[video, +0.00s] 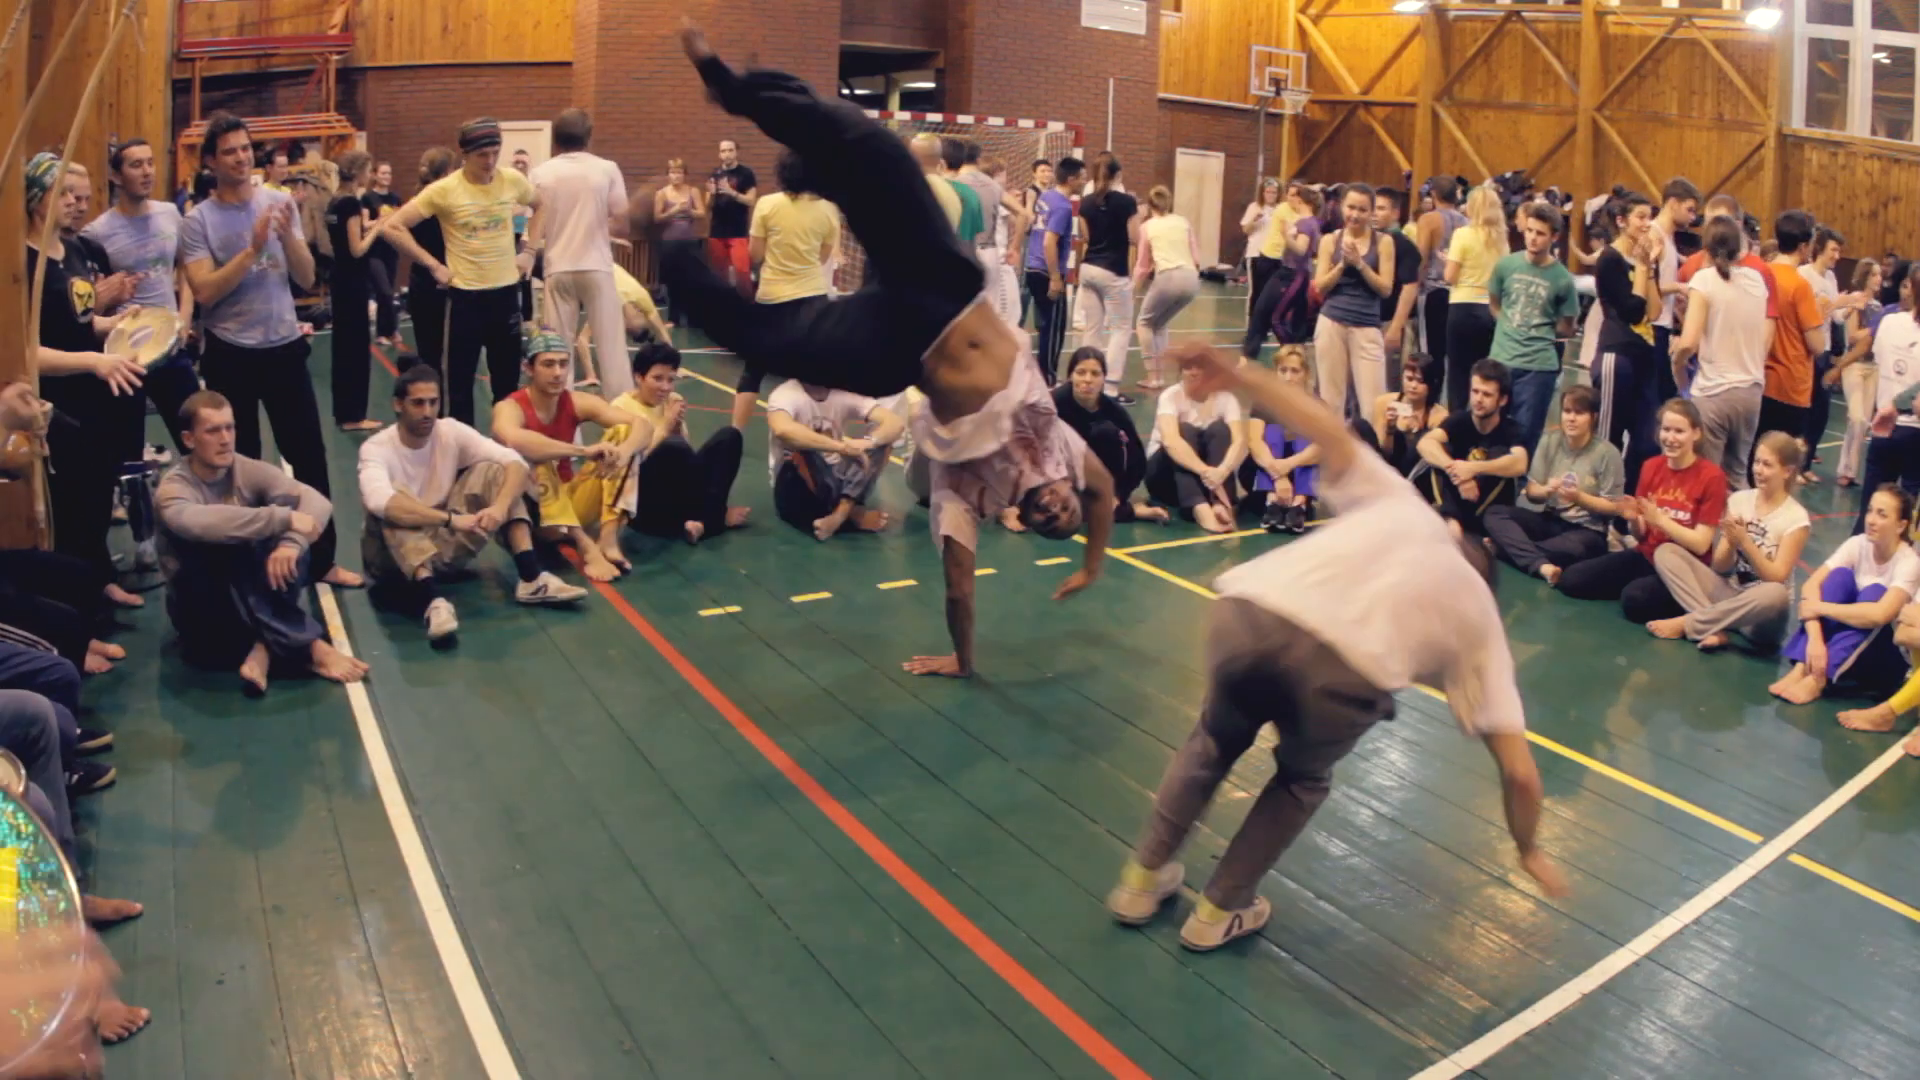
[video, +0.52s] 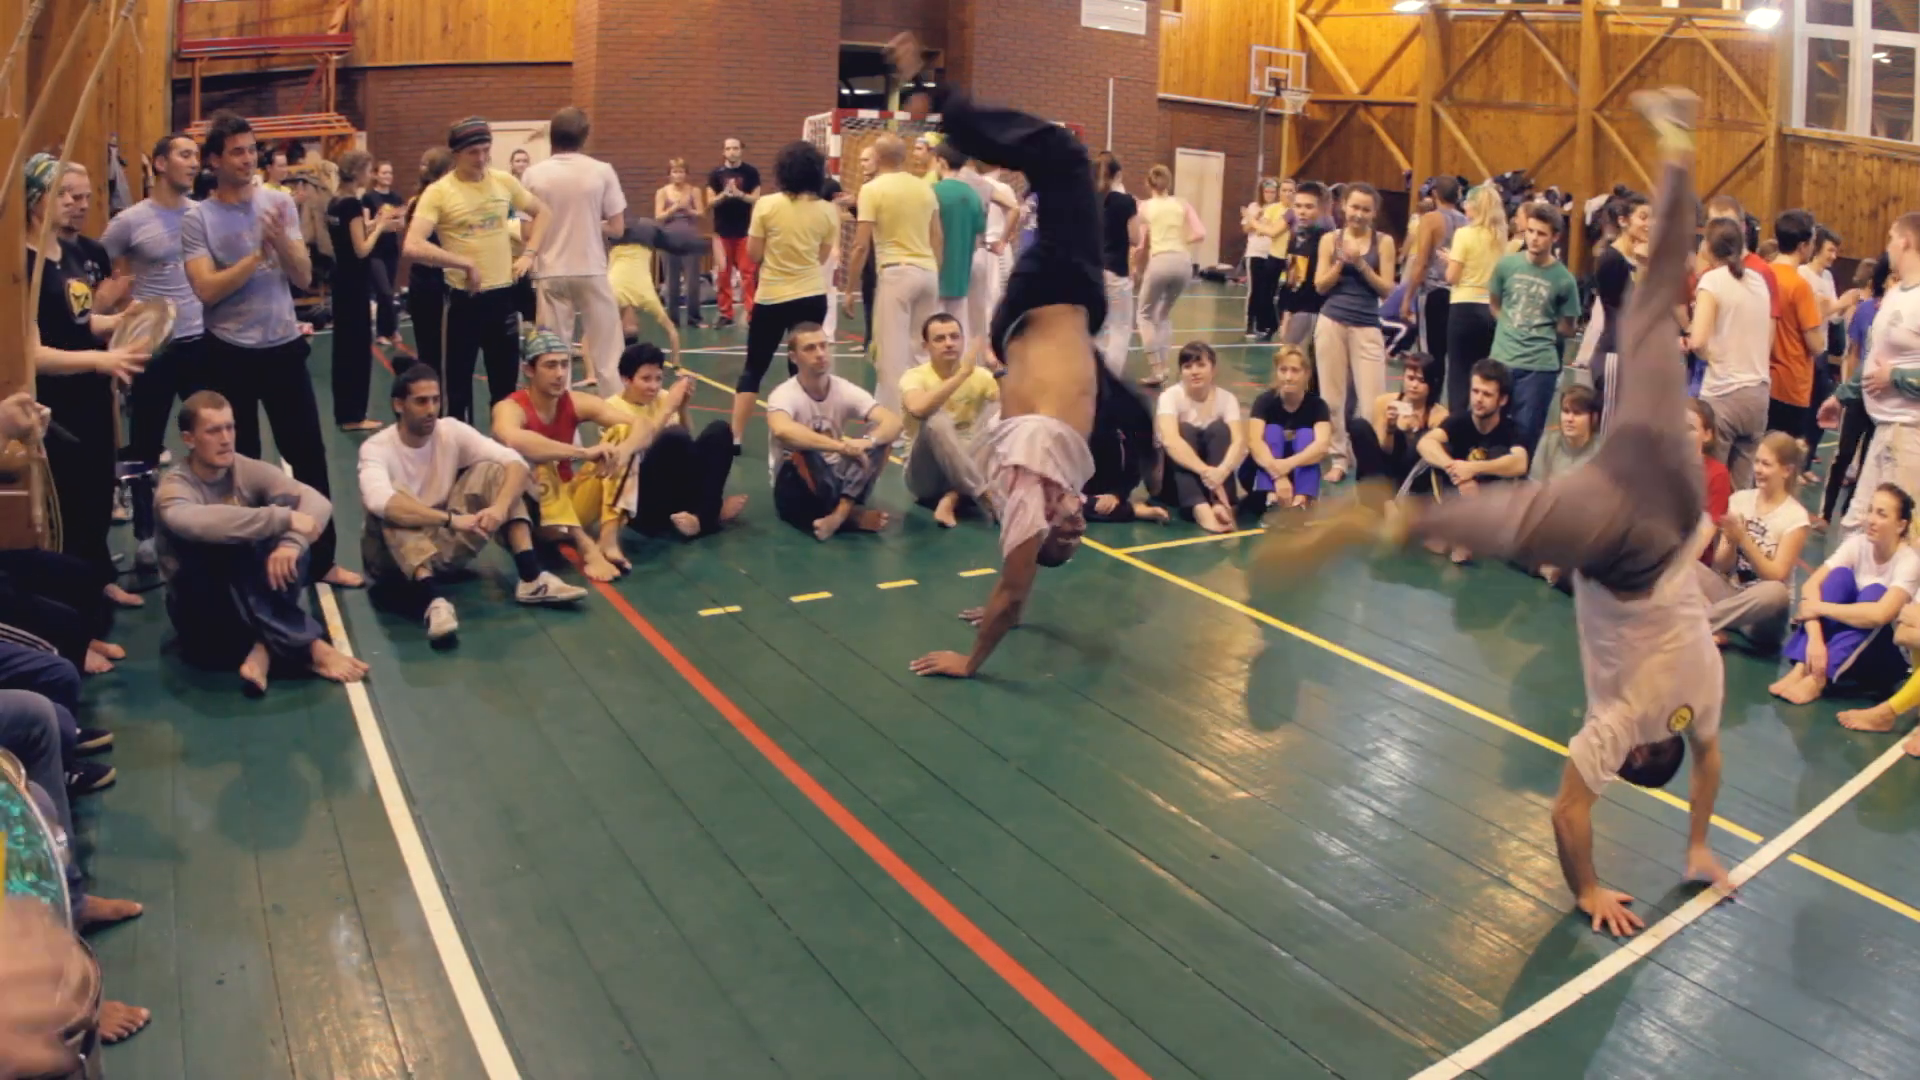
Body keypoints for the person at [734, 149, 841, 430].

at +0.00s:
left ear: (781, 173)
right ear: (814, 175)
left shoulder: (767, 205)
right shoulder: (827, 210)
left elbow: (756, 254)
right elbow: (825, 253)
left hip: (772, 300)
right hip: (814, 299)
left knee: (754, 366)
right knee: (816, 371)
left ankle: (734, 434)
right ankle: (823, 438)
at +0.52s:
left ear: (781, 170)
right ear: (818, 172)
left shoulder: (766, 205)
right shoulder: (827, 210)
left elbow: (755, 252)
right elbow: (823, 255)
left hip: (772, 300)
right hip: (812, 299)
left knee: (754, 369)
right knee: (804, 367)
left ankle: (735, 438)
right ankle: (807, 435)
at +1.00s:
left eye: (778, 166)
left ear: (781, 170)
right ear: (819, 172)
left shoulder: (767, 204)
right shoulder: (827, 209)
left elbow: (756, 252)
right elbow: (824, 255)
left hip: (773, 300)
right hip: (813, 299)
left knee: (754, 370)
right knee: (806, 368)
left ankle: (735, 437)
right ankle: (810, 436)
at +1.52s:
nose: (773, 171)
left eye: (777, 167)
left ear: (781, 172)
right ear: (818, 172)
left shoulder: (767, 205)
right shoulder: (828, 210)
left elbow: (755, 251)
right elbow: (825, 253)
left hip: (772, 301)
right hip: (813, 298)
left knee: (754, 369)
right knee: (807, 369)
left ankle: (733, 435)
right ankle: (808, 436)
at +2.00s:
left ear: (781, 170)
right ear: (818, 172)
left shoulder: (766, 204)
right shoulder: (827, 210)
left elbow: (755, 251)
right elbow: (823, 254)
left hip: (772, 300)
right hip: (813, 298)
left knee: (754, 369)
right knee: (805, 367)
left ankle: (736, 438)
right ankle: (808, 436)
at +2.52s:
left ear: (781, 171)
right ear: (819, 172)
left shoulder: (766, 205)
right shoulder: (827, 210)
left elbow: (755, 251)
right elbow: (824, 256)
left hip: (772, 300)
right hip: (813, 298)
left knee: (753, 369)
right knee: (804, 366)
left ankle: (736, 437)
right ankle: (808, 434)